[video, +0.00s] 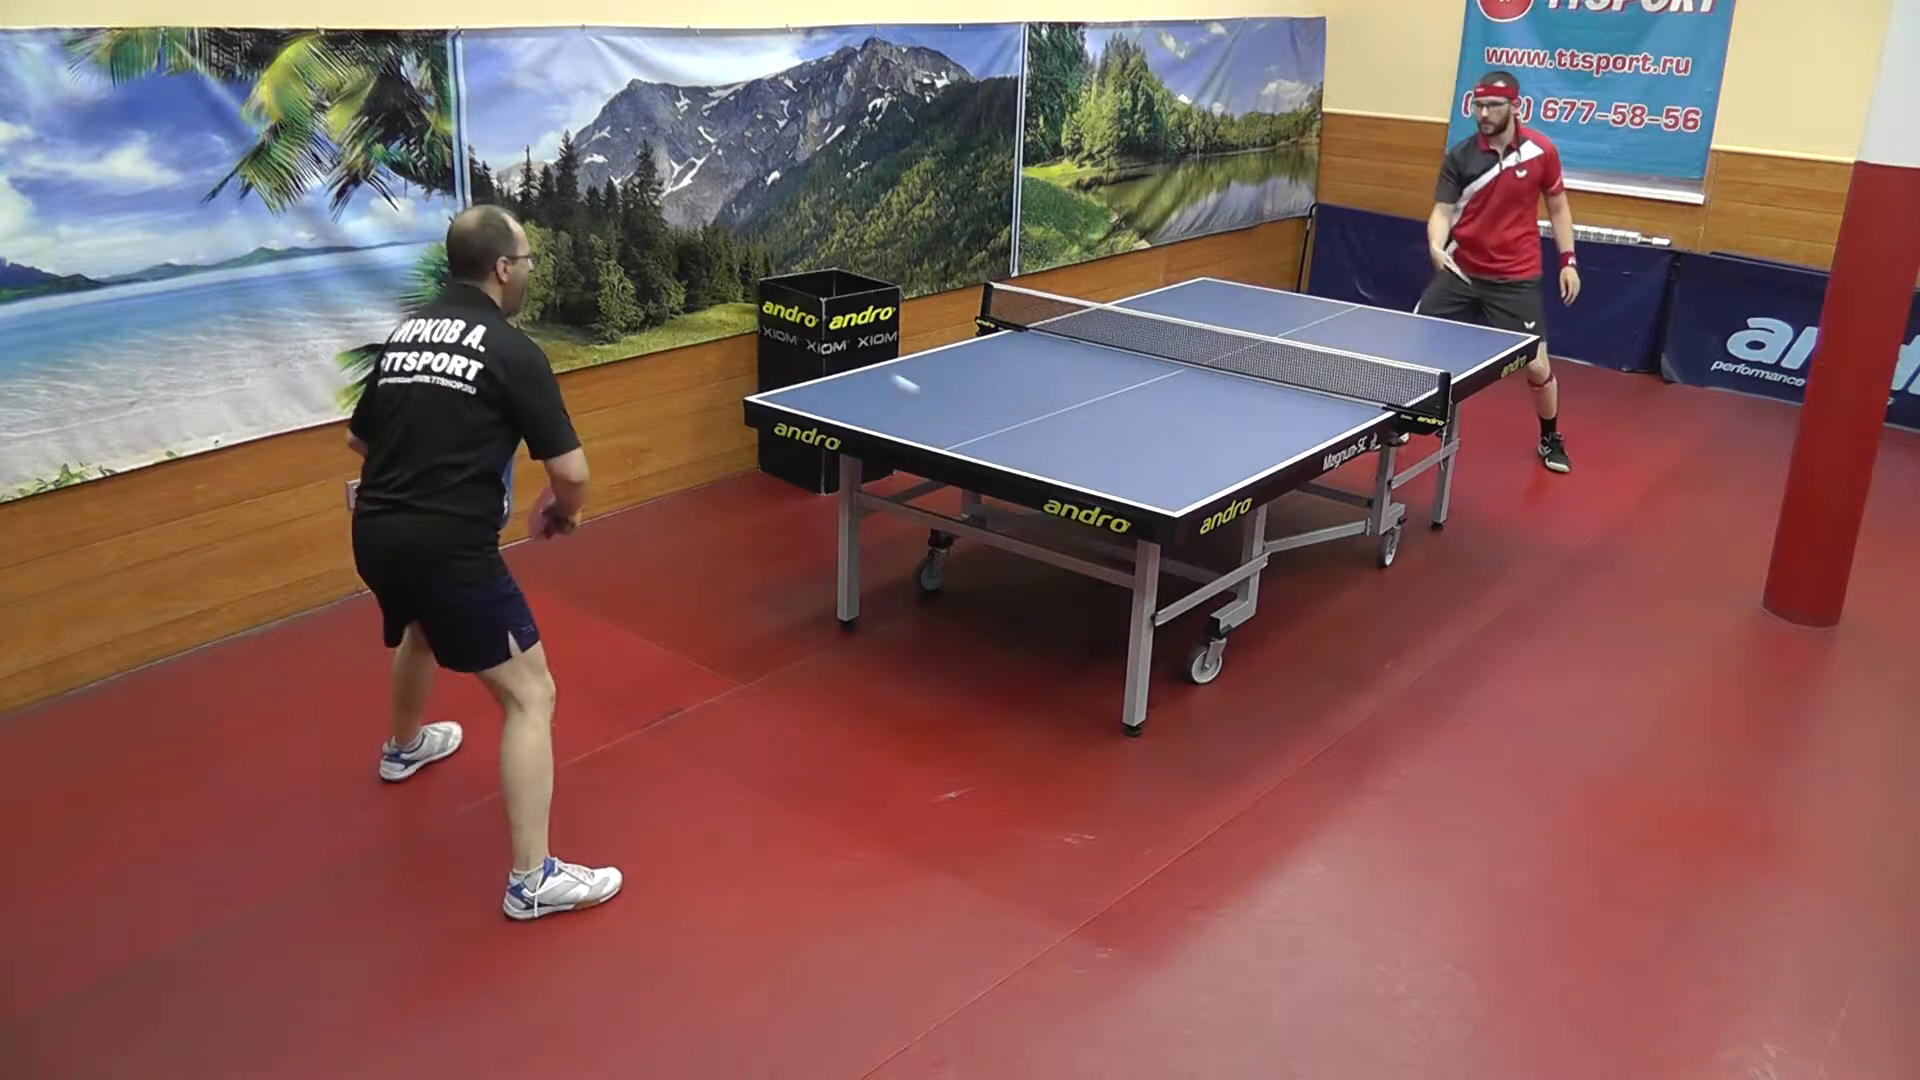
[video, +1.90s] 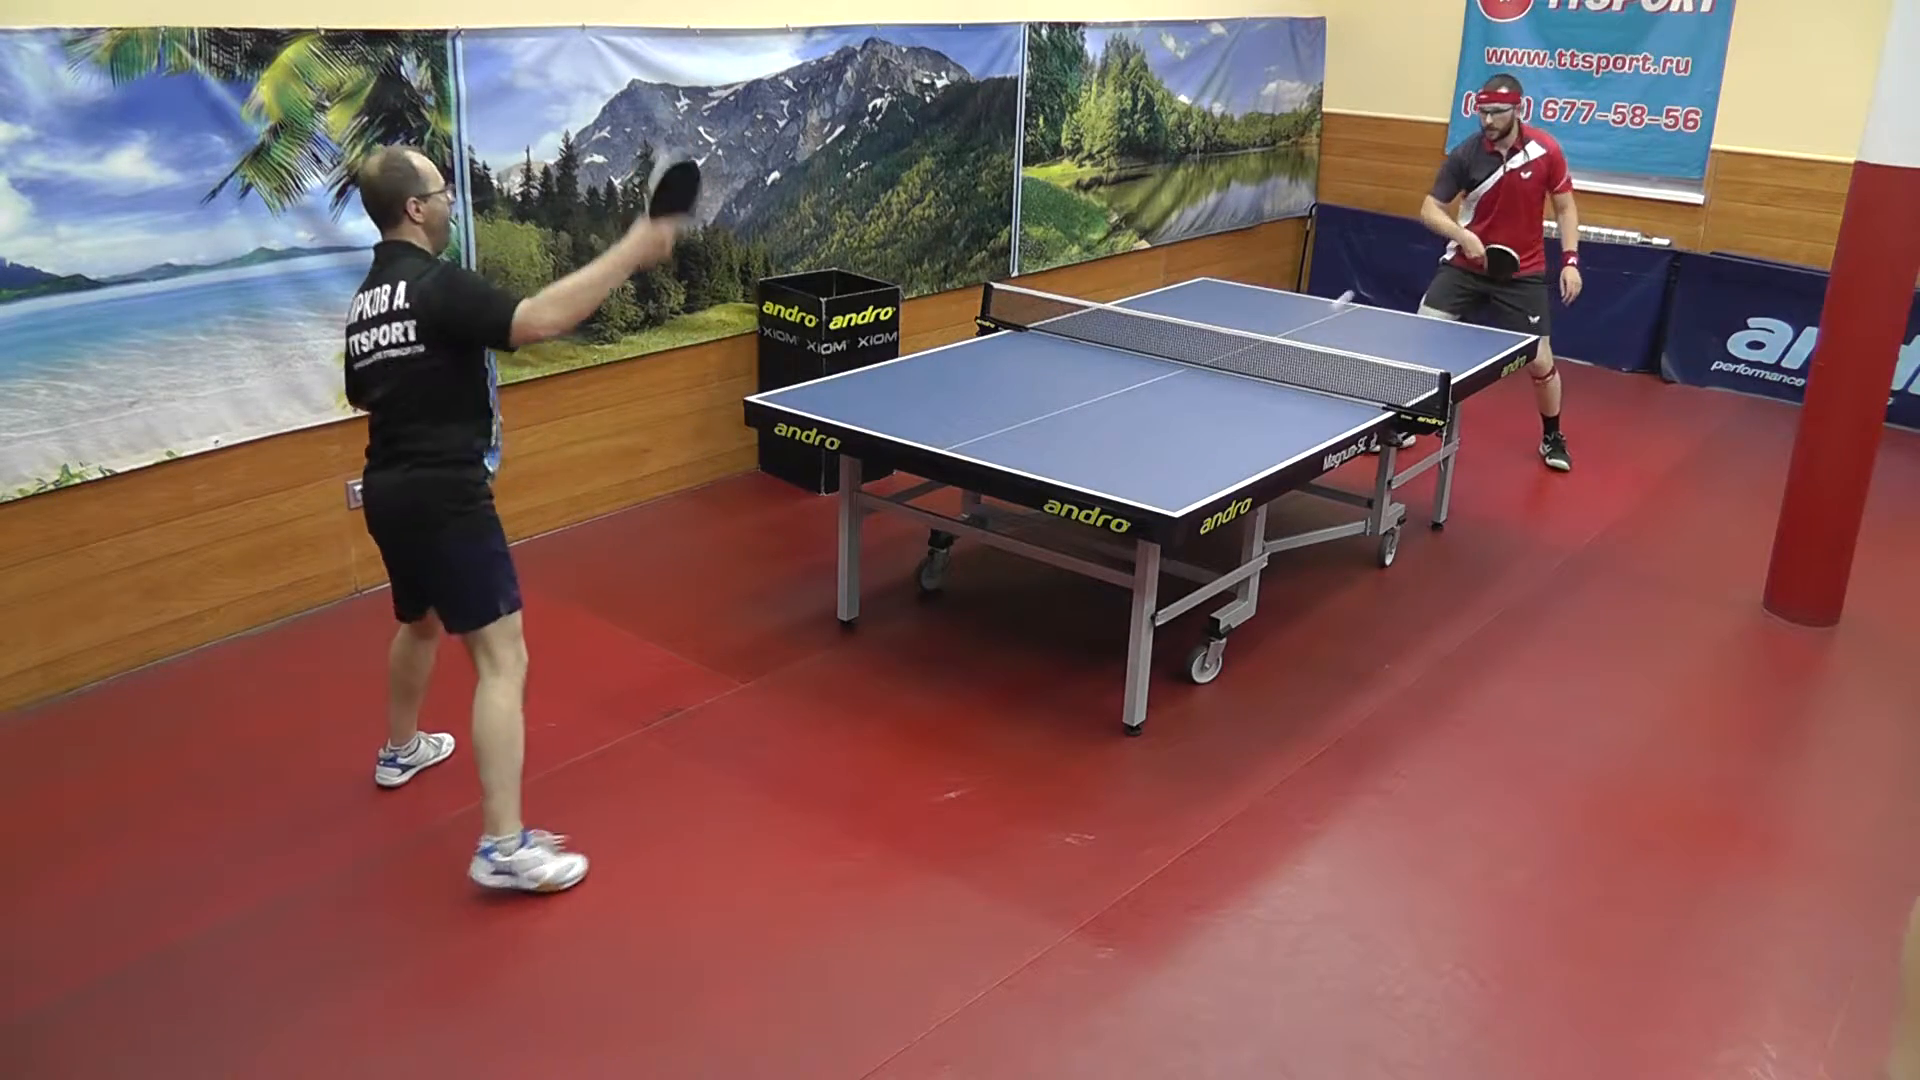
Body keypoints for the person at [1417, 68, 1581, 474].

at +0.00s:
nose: (1484, 114)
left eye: (1493, 106)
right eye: (1479, 106)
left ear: (1514, 107)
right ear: (1472, 107)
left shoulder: (1541, 153)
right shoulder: (1460, 156)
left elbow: (1558, 207)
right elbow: (1443, 211)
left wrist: (1568, 262)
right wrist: (1436, 247)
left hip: (1516, 281)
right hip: (1459, 274)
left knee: (1537, 368)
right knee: (1415, 342)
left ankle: (1550, 437)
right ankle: (1414, 410)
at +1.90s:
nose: (1490, 120)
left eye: (1499, 111)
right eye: (1484, 111)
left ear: (1519, 110)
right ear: (1478, 110)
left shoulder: (1545, 152)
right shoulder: (1466, 155)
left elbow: (1565, 207)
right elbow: (1429, 209)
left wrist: (1570, 262)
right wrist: (1462, 235)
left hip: (1523, 277)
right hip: (1464, 269)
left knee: (1539, 362)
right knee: (1422, 338)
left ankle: (1552, 437)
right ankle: (1412, 414)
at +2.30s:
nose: (1401, 115)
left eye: (1410, 105)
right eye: (1395, 107)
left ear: (1432, 104)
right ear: (1391, 108)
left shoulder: (1471, 142)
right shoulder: (1392, 155)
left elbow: (1511, 189)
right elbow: (1341, 187)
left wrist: (1548, 236)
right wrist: (1285, 180)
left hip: (1487, 276)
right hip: (1428, 277)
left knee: (1520, 356)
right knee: (1392, 347)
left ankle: (1537, 432)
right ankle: (1385, 426)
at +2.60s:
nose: (1428, 93)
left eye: (1437, 86)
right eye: (1424, 86)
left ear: (1462, 86)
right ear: (1423, 87)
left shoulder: (1495, 133)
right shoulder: (1423, 137)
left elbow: (1519, 190)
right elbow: (1392, 192)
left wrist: (1501, 221)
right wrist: (1346, 200)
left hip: (1481, 271)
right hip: (1428, 266)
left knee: (1499, 360)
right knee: (1396, 345)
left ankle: (1517, 448)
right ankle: (1386, 427)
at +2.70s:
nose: (1450, 95)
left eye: (1459, 87)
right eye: (1446, 86)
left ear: (1483, 88)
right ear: (1443, 89)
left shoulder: (1512, 135)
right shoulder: (1444, 137)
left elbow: (1526, 197)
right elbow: (1418, 190)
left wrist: (1488, 217)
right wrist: (1375, 196)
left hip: (1490, 274)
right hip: (1439, 268)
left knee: (1501, 364)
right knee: (1401, 342)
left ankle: (1516, 449)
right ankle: (1388, 425)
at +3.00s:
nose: (1496, 94)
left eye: (1505, 86)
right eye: (1494, 86)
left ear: (1530, 89)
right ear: (1497, 88)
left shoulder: (1557, 135)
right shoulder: (1501, 135)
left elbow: (1554, 207)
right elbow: (1486, 190)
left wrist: (1507, 246)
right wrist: (1439, 208)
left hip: (1527, 270)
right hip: (1486, 261)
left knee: (1513, 367)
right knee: (1453, 345)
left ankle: (1518, 451)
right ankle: (1429, 418)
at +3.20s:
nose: (1511, 89)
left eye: (1520, 81)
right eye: (1508, 81)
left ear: (1544, 83)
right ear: (1510, 83)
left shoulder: (1569, 134)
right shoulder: (1518, 127)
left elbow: (1577, 205)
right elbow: (1508, 187)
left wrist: (1565, 267)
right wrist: (1465, 223)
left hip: (1538, 267)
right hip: (1500, 259)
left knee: (1520, 358)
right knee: (1480, 339)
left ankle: (1520, 452)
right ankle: (1482, 414)